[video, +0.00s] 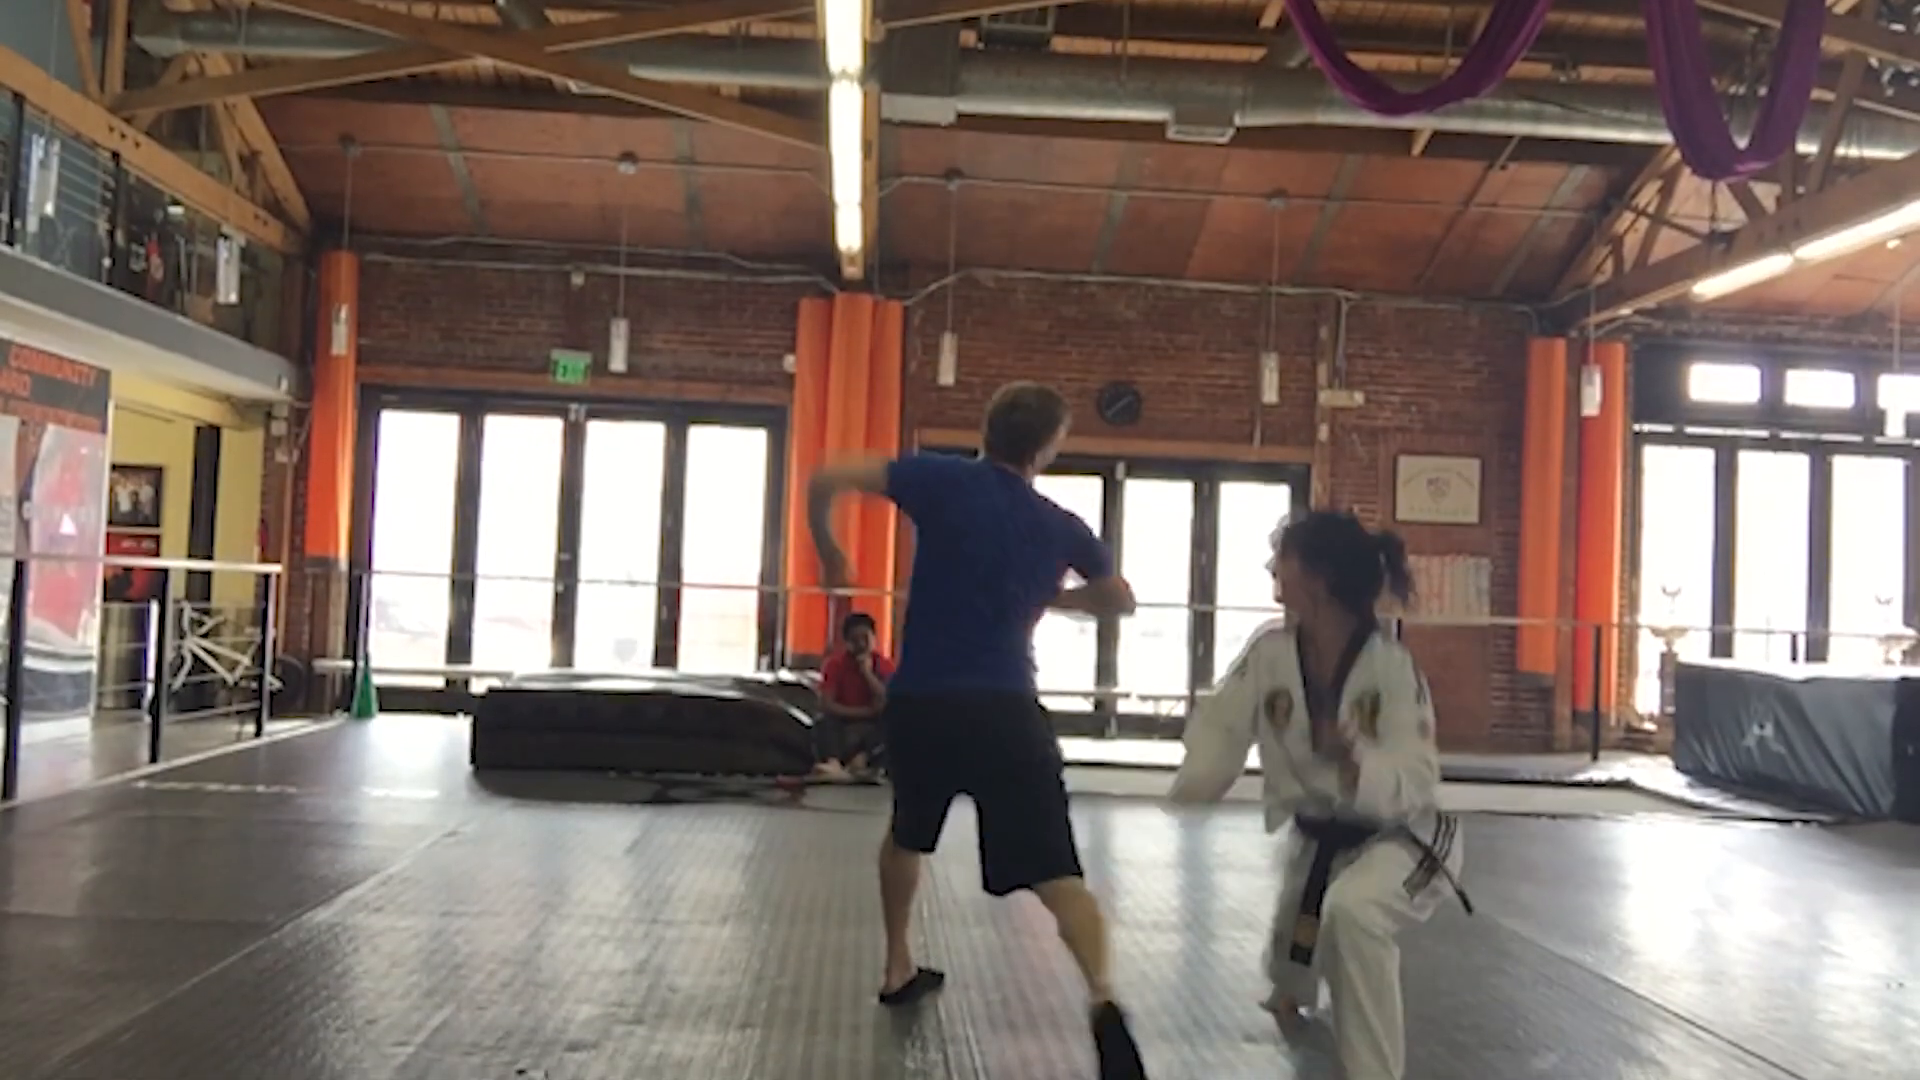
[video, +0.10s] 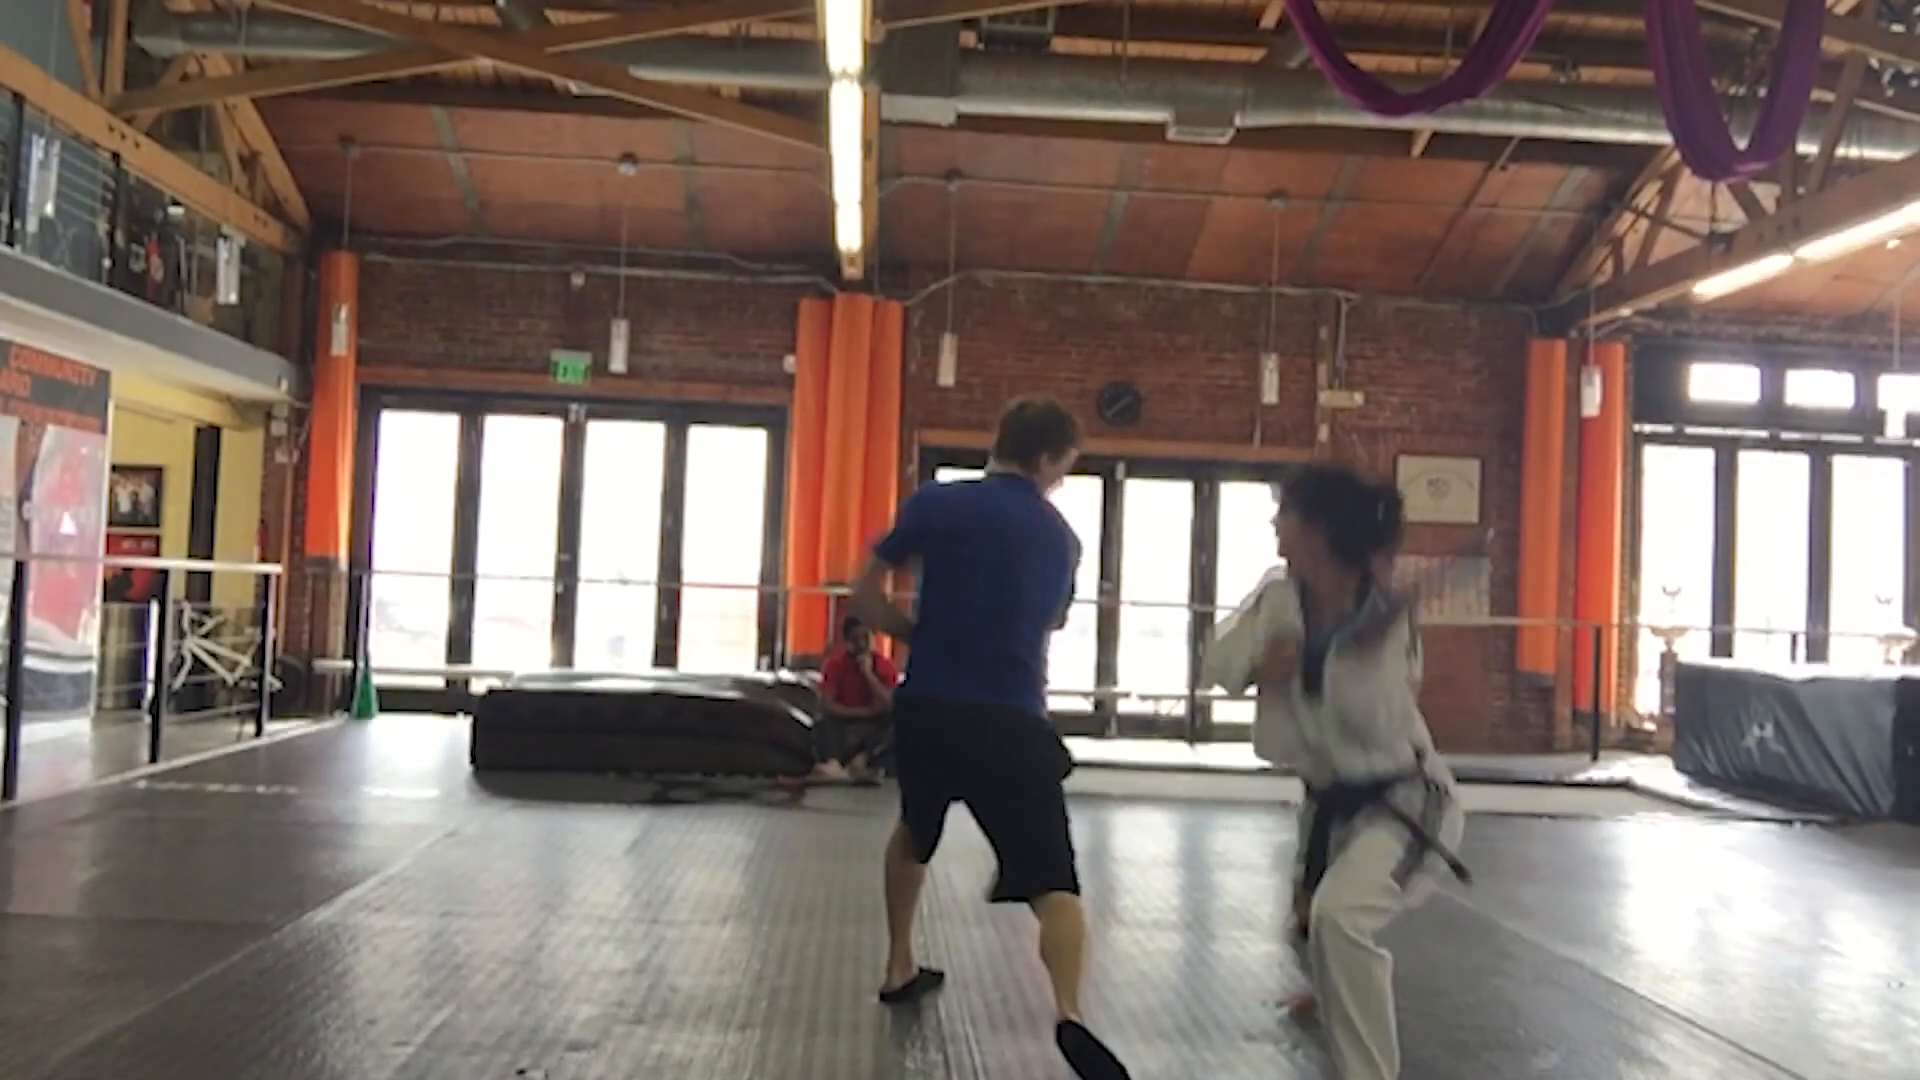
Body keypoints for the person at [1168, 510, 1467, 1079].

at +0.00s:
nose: (1274, 580)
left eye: (1283, 568)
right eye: (1276, 567)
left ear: (1323, 580)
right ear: (1317, 581)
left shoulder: (1389, 663)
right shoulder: (1270, 652)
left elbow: (1417, 779)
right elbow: (1220, 725)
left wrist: (1355, 758)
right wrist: (1191, 798)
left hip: (1398, 830)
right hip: (1315, 828)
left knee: (1352, 909)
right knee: (1286, 955)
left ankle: (1374, 1071)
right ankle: (1291, 993)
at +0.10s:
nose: (1277, 533)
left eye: (1288, 521)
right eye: (1280, 519)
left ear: (1325, 535)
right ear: (1310, 536)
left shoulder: (1385, 614)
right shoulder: (1279, 598)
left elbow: (1376, 724)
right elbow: (1216, 668)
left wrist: (1363, 642)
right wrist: (1261, 663)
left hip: (1405, 795)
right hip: (1329, 798)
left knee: (1340, 915)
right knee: (1309, 923)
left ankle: (1369, 1070)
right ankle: (1331, 994)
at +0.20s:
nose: (1304, 510)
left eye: (1323, 500)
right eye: (1305, 494)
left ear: (1370, 519)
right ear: (1303, 496)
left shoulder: (1384, 584)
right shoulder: (1295, 562)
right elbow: (1241, 626)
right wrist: (1230, 601)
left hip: (1396, 768)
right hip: (1332, 772)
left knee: (1326, 912)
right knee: (1309, 905)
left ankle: (1366, 1070)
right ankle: (1409, 995)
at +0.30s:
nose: (1315, 459)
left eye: (1325, 449)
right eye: (1321, 447)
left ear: (1341, 466)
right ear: (1385, 472)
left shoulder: (1370, 554)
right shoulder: (1356, 541)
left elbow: (1242, 594)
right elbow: (1251, 592)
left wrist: (1231, 508)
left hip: (1380, 742)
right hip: (1359, 740)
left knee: (1298, 917)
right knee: (1321, 903)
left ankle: (1357, 1068)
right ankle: (1391, 1033)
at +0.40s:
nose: (1331, 444)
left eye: (1339, 433)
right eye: (1335, 430)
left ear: (1359, 445)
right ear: (1408, 450)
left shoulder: (1323, 530)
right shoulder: (1422, 526)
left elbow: (1225, 569)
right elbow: (1341, 578)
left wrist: (1239, 490)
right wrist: (1303, 517)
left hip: (1334, 717)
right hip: (1404, 714)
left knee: (1293, 904)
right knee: (1367, 883)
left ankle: (1360, 1066)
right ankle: (1401, 1047)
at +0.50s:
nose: (1332, 437)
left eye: (1339, 427)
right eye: (1337, 425)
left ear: (1353, 438)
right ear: (1414, 444)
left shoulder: (1304, 512)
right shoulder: (1430, 526)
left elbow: (1244, 554)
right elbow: (1403, 594)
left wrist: (1255, 492)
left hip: (1308, 697)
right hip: (1396, 700)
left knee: (1292, 877)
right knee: (1389, 878)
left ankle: (1320, 1051)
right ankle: (1398, 1046)